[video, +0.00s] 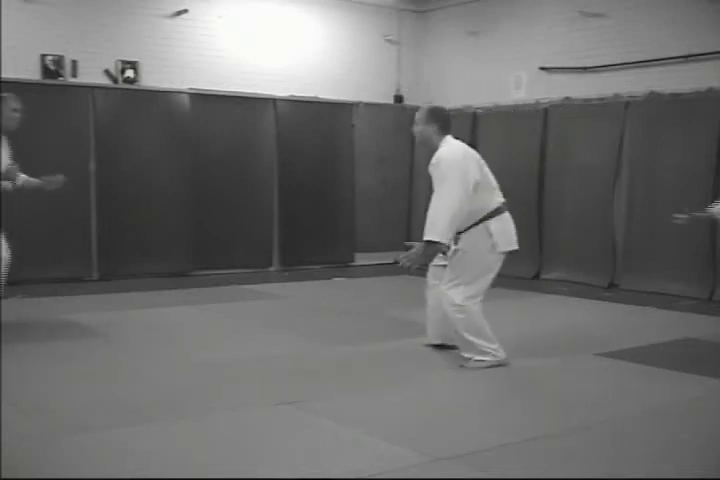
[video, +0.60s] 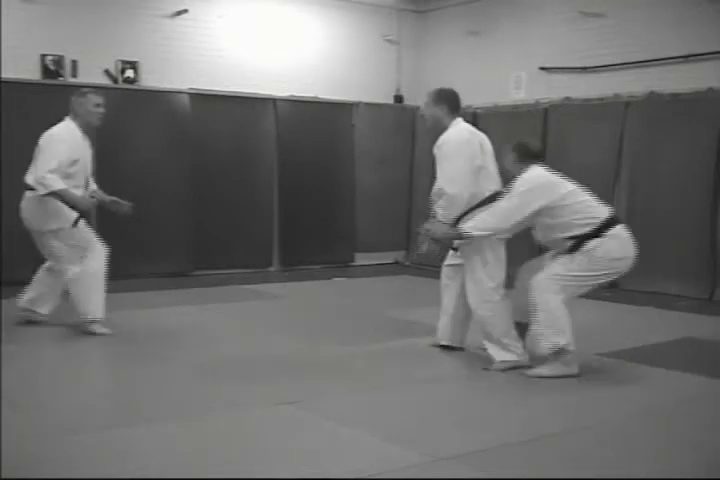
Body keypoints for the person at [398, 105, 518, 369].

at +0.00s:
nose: (413, 131)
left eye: (417, 125)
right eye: (414, 125)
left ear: (434, 129)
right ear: (438, 129)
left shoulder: (451, 157)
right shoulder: (449, 154)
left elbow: (447, 208)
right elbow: (446, 207)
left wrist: (425, 252)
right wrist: (428, 245)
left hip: (486, 233)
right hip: (472, 232)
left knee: (456, 292)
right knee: (437, 276)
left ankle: (488, 353)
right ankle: (443, 336)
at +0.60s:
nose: (423, 114)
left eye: (426, 108)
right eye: (424, 108)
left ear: (442, 110)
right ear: (451, 110)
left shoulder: (454, 141)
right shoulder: (472, 135)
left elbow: (455, 191)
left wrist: (439, 223)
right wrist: (440, 214)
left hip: (479, 222)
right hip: (479, 220)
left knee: (484, 287)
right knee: (453, 273)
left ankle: (510, 353)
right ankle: (450, 337)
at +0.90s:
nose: (398, 134)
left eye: (403, 128)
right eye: (400, 128)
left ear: (419, 132)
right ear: (421, 133)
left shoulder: (437, 161)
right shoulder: (432, 158)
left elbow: (461, 204)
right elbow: (447, 203)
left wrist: (446, 241)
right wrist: (444, 237)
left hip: (492, 223)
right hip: (480, 223)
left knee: (455, 282)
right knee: (436, 269)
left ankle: (489, 339)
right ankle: (457, 332)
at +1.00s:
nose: (387, 153)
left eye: (391, 147)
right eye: (389, 147)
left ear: (407, 147)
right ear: (415, 148)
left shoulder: (426, 173)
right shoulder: (443, 163)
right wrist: (448, 253)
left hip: (488, 230)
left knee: (443, 288)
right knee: (433, 276)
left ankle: (473, 353)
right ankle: (454, 335)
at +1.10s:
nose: (389, 160)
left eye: (383, 153)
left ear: (392, 142)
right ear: (417, 143)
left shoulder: (426, 170)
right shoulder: (448, 161)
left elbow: (436, 192)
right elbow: (482, 188)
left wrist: (397, 171)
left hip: (472, 240)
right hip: (487, 233)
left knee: (436, 301)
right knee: (433, 275)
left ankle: (473, 354)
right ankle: (449, 333)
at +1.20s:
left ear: (413, 126)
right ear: (435, 125)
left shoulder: (412, 148)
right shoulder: (449, 146)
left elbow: (375, 130)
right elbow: (433, 124)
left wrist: (367, 103)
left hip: (464, 227)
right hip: (487, 222)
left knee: (433, 295)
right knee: (446, 287)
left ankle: (472, 348)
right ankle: (457, 334)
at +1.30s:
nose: (405, 124)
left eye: (406, 121)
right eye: (406, 120)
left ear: (413, 126)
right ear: (429, 124)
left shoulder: (410, 143)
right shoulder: (444, 145)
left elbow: (375, 124)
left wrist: (368, 106)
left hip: (472, 219)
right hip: (498, 214)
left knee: (439, 288)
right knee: (503, 275)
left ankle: (466, 351)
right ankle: (516, 332)